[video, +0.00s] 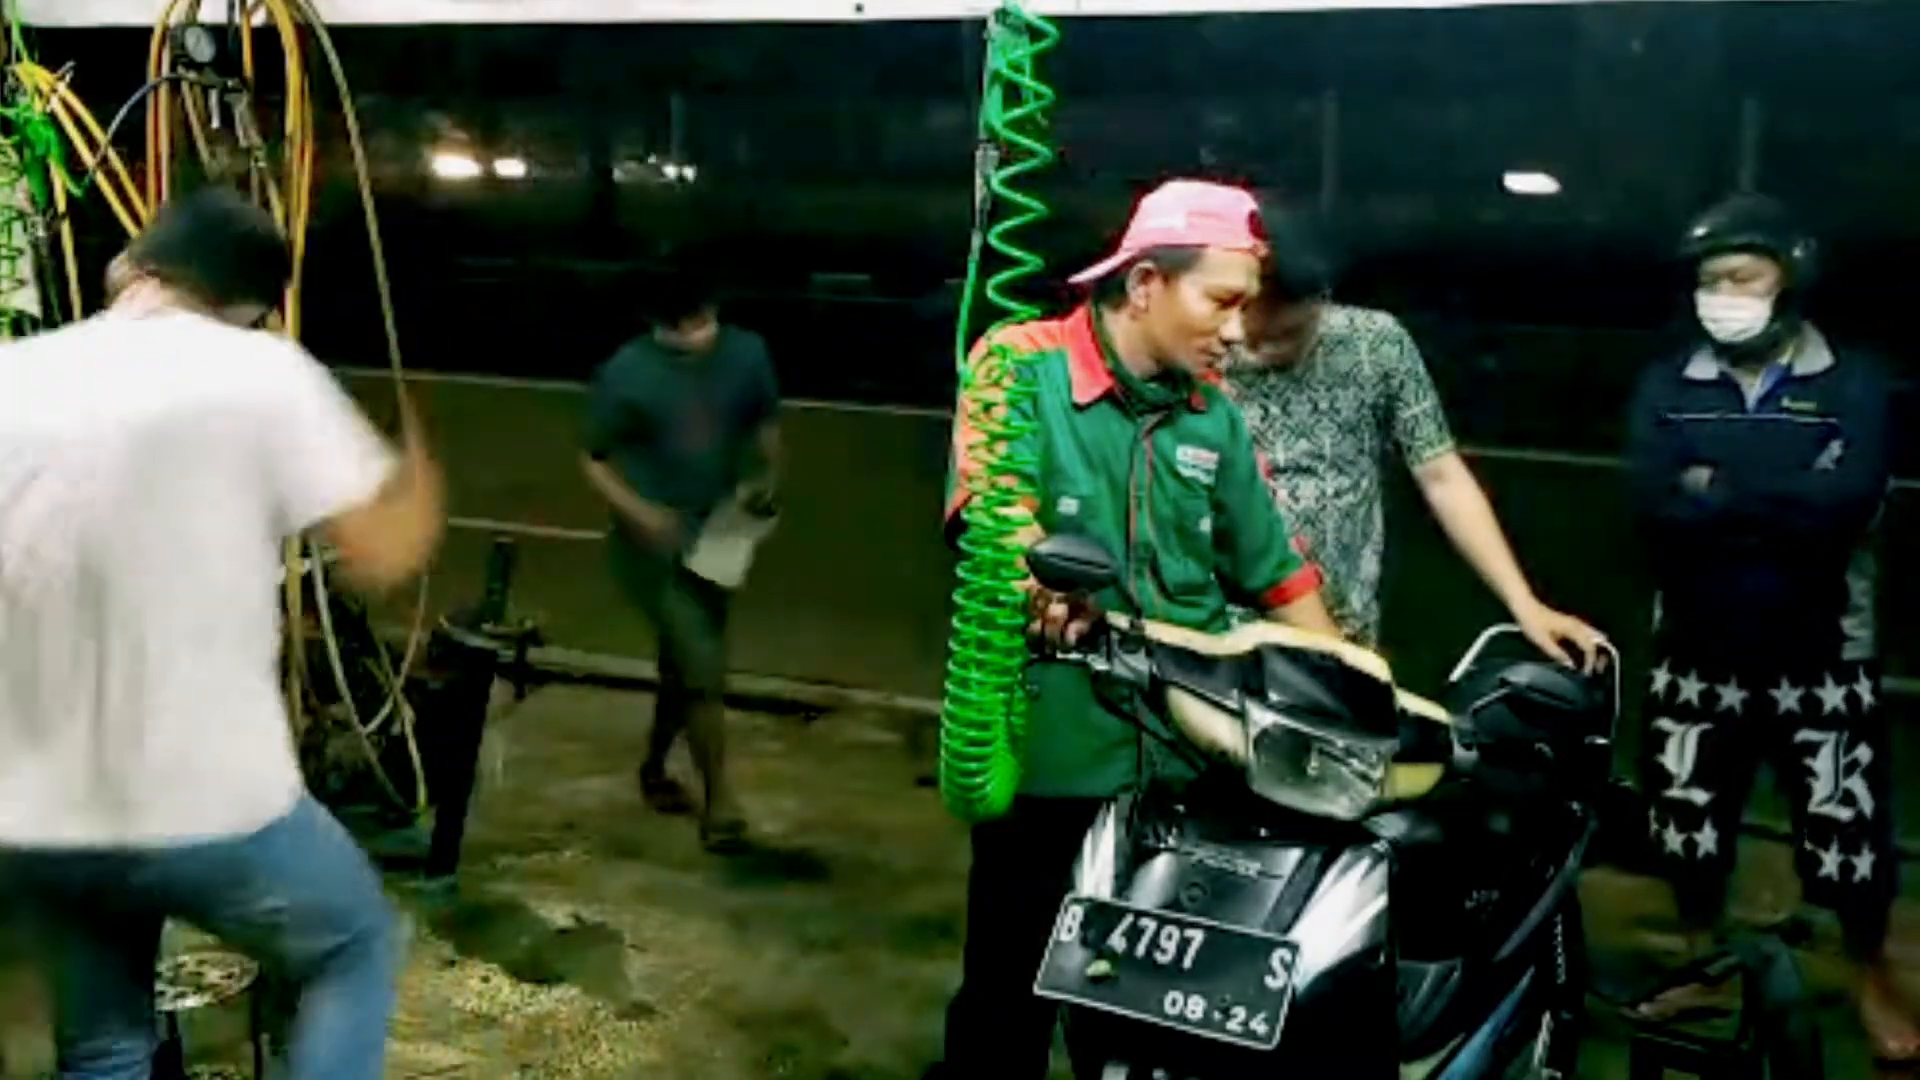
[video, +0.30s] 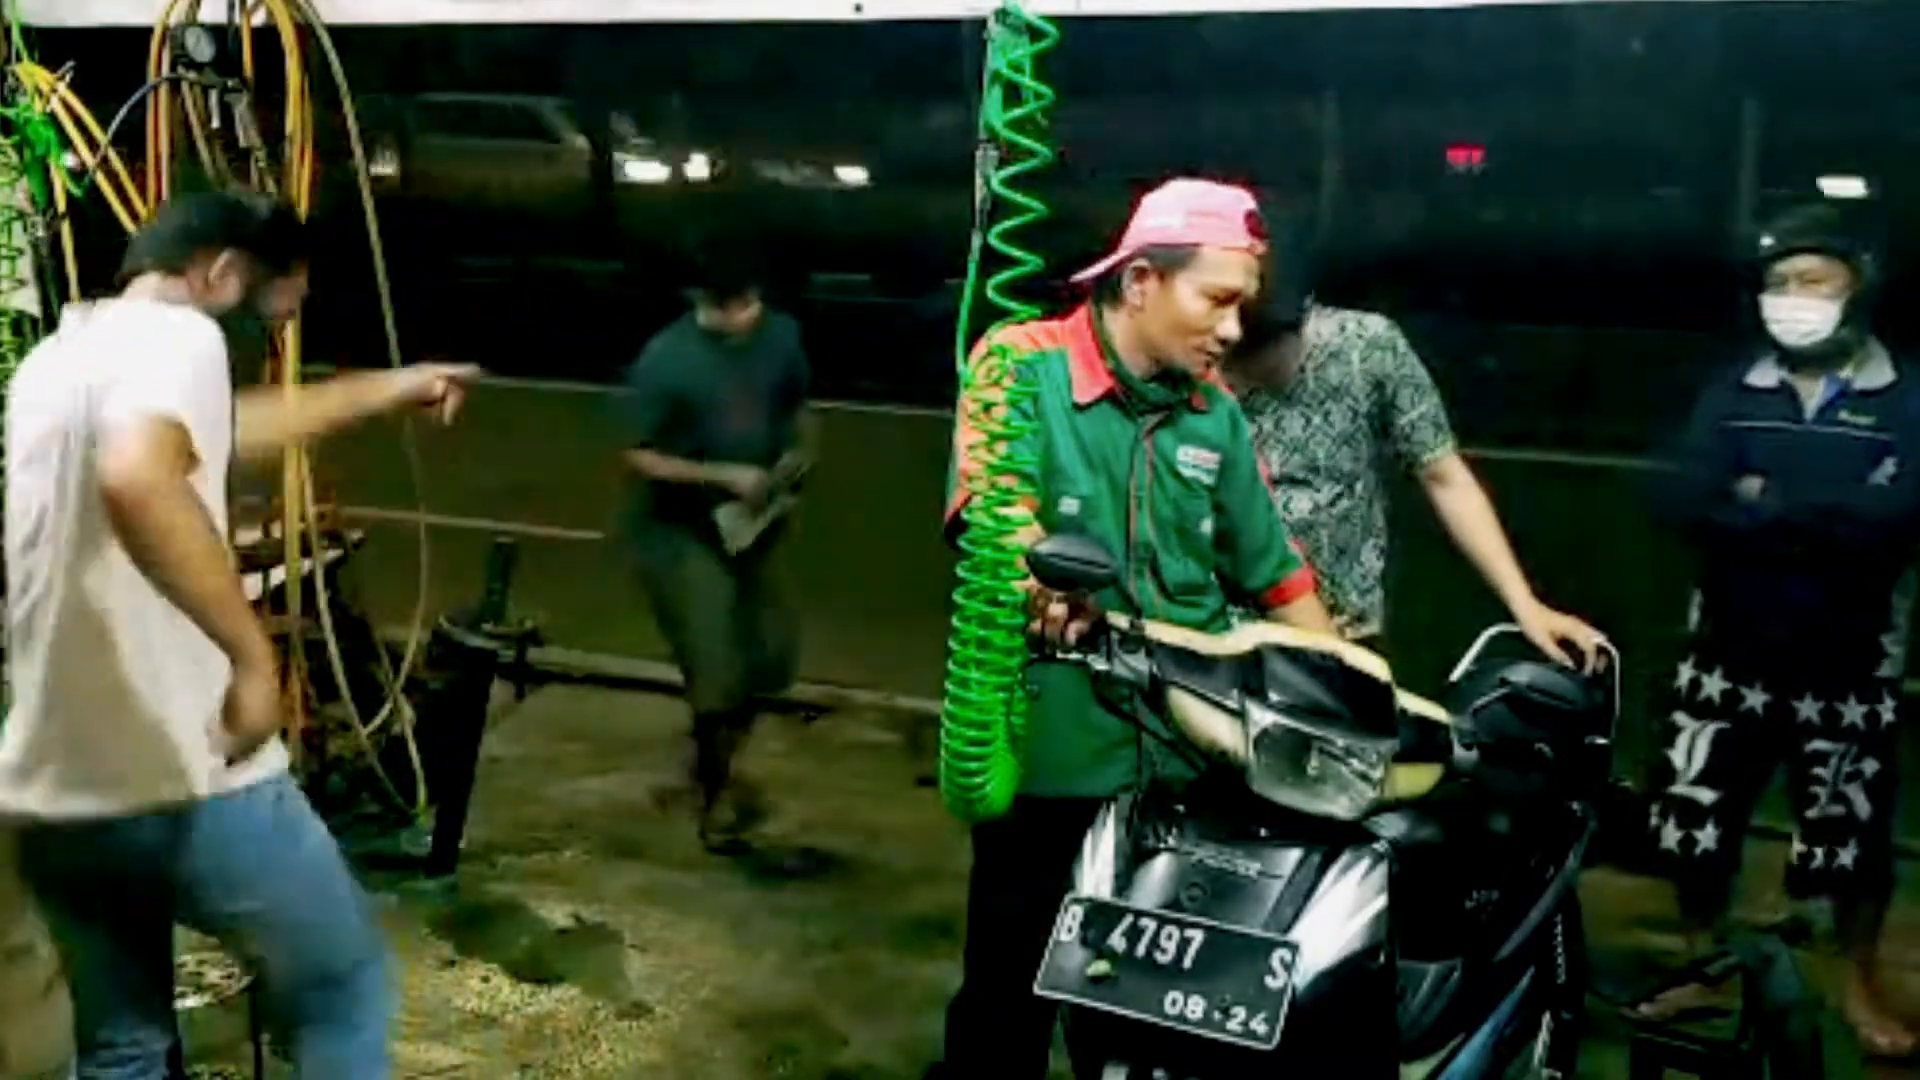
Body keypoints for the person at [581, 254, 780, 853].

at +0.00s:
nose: (693, 340)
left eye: (701, 326)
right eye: (679, 331)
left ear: (716, 315)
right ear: (657, 326)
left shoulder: (745, 357)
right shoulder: (629, 373)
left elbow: (766, 427)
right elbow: (591, 457)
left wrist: (767, 480)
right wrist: (639, 512)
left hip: (719, 531)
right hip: (651, 533)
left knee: (687, 659)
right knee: (698, 658)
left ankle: (655, 765)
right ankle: (719, 804)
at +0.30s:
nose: (739, 319)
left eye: (747, 303)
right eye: (725, 307)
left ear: (761, 297)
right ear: (701, 303)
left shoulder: (780, 341)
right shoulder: (669, 359)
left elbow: (799, 418)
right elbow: (635, 453)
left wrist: (791, 465)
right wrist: (725, 476)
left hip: (750, 525)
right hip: (678, 528)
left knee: (773, 655)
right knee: (714, 662)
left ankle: (706, 765)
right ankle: (715, 804)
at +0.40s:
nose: (768, 306)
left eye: (773, 292)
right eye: (754, 294)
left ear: (784, 289)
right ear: (720, 289)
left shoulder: (794, 340)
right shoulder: (687, 354)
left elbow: (808, 424)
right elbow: (654, 451)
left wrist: (804, 471)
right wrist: (750, 467)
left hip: (774, 541)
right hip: (705, 544)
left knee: (803, 671)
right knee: (719, 684)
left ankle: (789, 804)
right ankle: (719, 807)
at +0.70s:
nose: (843, 287)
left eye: (853, 276)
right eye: (830, 275)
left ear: (868, 283)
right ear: (803, 279)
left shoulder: (870, 344)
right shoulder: (769, 351)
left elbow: (864, 429)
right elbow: (733, 455)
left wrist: (879, 471)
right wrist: (836, 464)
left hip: (850, 553)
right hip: (772, 553)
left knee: (875, 686)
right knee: (753, 687)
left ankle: (888, 824)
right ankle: (722, 798)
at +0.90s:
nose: (900, 281)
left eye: (910, 268)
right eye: (886, 267)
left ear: (925, 273)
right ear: (857, 270)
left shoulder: (936, 342)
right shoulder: (825, 345)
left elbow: (961, 424)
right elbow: (789, 447)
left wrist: (953, 465)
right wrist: (896, 455)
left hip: (919, 560)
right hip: (840, 561)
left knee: (918, 705)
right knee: (837, 716)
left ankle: (897, 833)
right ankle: (761, 784)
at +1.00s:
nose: (923, 268)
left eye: (934, 255)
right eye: (910, 253)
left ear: (951, 264)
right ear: (882, 257)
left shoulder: (951, 340)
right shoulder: (850, 339)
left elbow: (969, 424)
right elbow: (819, 445)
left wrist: (977, 459)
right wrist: (928, 448)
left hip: (947, 548)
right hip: (873, 547)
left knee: (931, 704)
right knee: (887, 704)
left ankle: (902, 827)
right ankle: (815, 780)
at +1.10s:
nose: (956, 271)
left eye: (964, 258)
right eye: (943, 257)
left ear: (973, 266)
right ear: (911, 260)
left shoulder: (977, 338)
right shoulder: (881, 340)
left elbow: (998, 423)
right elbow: (845, 447)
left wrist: (991, 449)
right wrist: (945, 449)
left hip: (978, 551)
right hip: (905, 549)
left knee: (970, 692)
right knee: (935, 689)